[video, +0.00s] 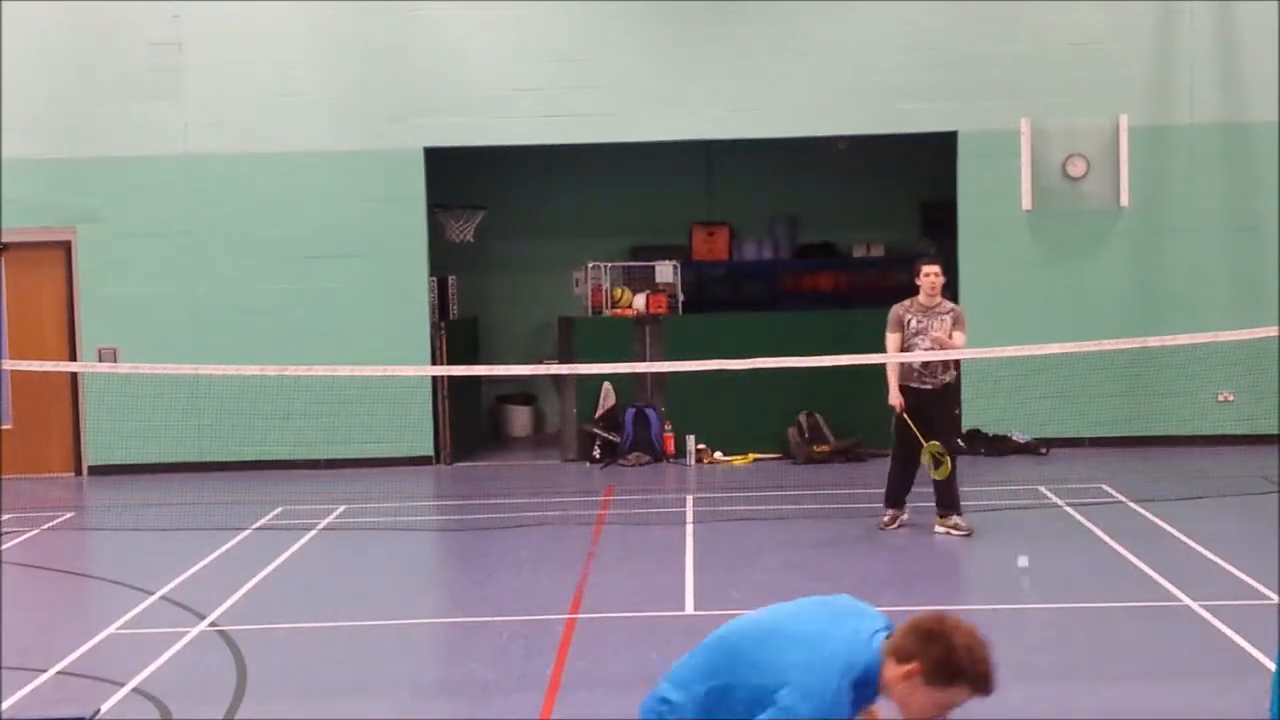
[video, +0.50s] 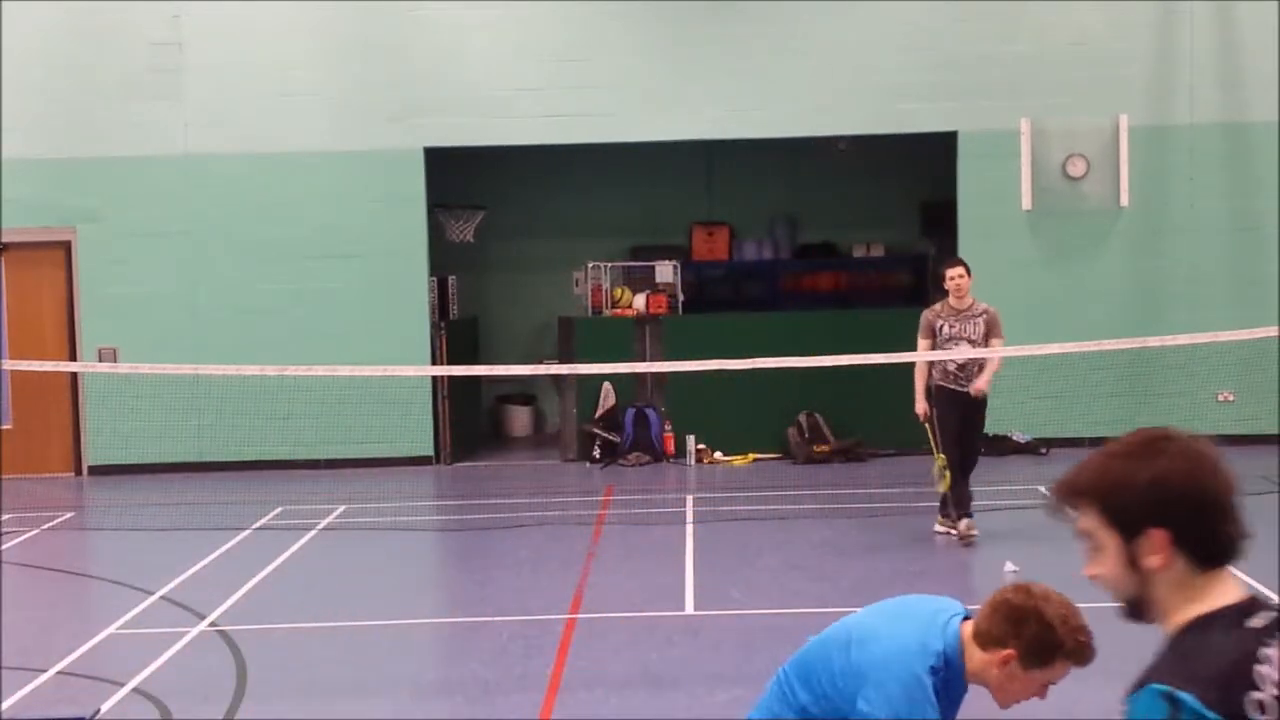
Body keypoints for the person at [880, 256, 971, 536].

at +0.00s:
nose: (933, 280)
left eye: (937, 275)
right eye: (927, 275)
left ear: (944, 280)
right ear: (917, 280)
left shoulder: (954, 312)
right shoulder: (900, 312)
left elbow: (960, 344)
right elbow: (892, 354)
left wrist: (945, 341)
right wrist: (893, 390)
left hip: (944, 391)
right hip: (910, 390)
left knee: (945, 451)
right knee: (904, 451)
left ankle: (947, 515)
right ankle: (895, 508)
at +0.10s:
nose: (940, 279)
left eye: (944, 274)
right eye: (935, 275)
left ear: (951, 279)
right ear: (925, 280)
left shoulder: (964, 311)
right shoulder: (909, 311)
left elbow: (969, 345)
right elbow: (899, 353)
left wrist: (952, 338)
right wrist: (897, 389)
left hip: (950, 390)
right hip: (916, 389)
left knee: (951, 451)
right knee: (908, 449)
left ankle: (948, 515)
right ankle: (898, 506)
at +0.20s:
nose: (946, 279)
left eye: (950, 274)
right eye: (941, 275)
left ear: (958, 278)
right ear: (932, 280)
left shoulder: (972, 311)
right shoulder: (917, 311)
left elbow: (978, 343)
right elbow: (906, 353)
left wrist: (960, 338)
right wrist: (902, 390)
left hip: (958, 390)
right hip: (924, 389)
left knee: (956, 454)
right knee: (919, 449)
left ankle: (949, 516)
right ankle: (908, 507)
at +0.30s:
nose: (950, 280)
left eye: (954, 274)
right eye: (944, 275)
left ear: (963, 278)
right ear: (937, 280)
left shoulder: (979, 312)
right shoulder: (923, 312)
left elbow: (985, 347)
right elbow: (912, 354)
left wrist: (958, 340)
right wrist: (907, 390)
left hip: (964, 390)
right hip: (931, 389)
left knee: (959, 454)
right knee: (935, 452)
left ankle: (950, 516)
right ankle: (923, 512)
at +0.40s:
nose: (953, 281)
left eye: (957, 275)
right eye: (947, 277)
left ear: (967, 278)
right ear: (941, 281)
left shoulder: (983, 312)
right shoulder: (928, 313)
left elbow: (991, 350)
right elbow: (917, 355)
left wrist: (973, 360)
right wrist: (913, 393)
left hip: (969, 389)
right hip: (937, 388)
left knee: (964, 453)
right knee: (944, 452)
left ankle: (957, 515)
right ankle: (943, 516)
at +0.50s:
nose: (956, 283)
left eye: (960, 277)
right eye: (951, 279)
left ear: (970, 279)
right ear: (944, 283)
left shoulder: (987, 314)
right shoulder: (931, 316)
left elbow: (995, 354)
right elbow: (922, 359)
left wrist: (985, 378)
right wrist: (920, 397)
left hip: (974, 390)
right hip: (943, 390)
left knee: (969, 454)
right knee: (951, 453)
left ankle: (946, 513)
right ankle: (964, 515)